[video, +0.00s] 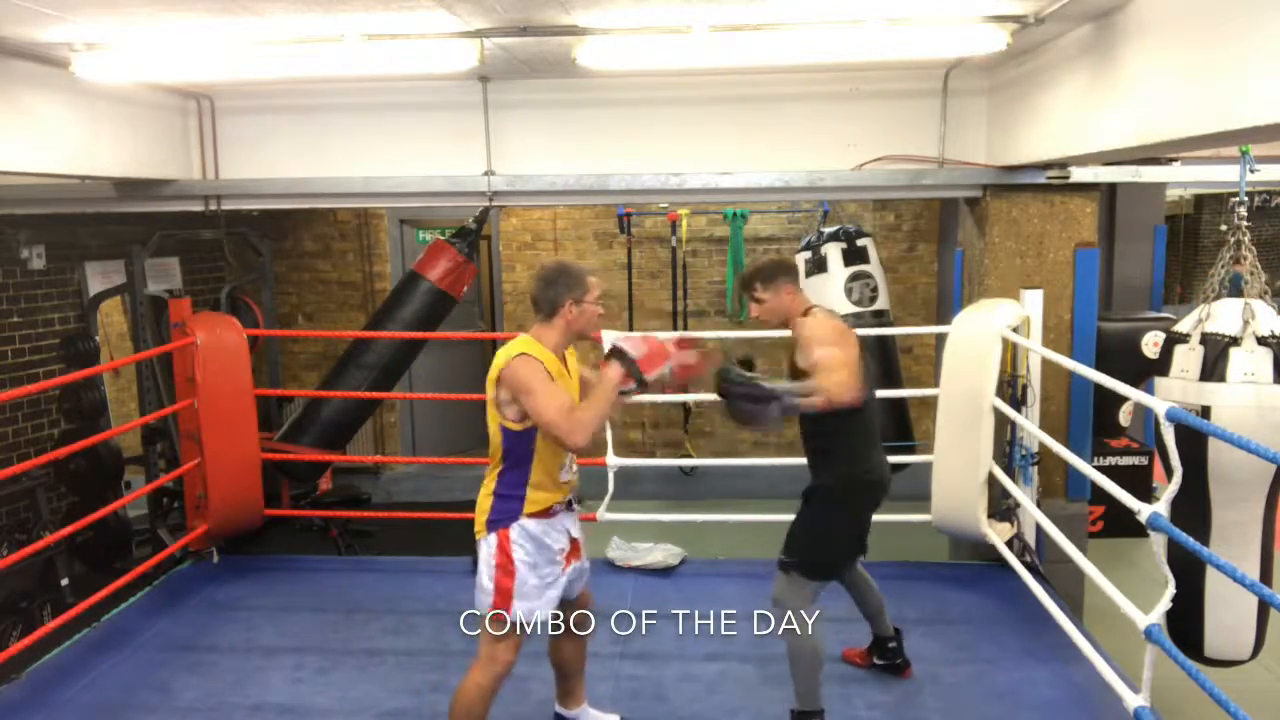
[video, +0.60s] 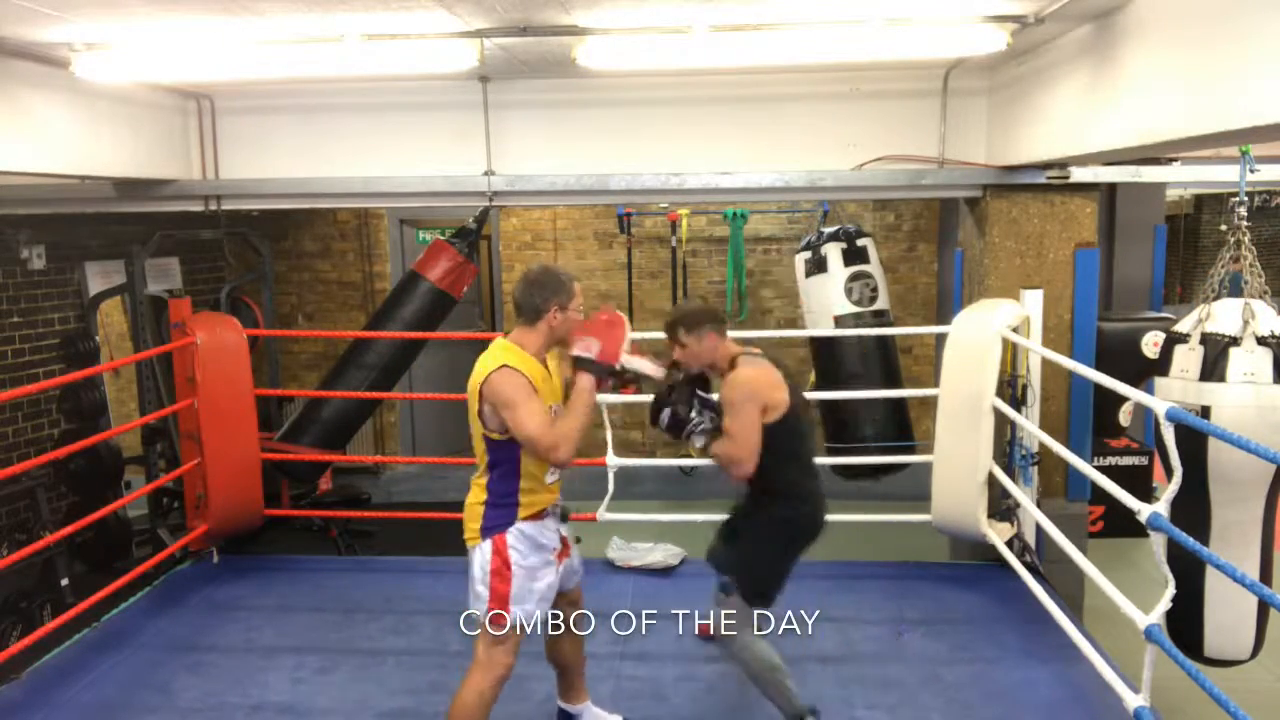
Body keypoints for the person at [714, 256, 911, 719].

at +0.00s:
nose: (754, 312)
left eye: (759, 301)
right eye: (752, 302)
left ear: (785, 293)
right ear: (790, 293)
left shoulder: (817, 328)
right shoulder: (819, 325)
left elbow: (844, 391)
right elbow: (824, 390)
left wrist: (778, 398)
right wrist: (772, 399)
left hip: (843, 481)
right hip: (858, 474)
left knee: (790, 596)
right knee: (844, 565)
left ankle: (807, 712)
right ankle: (888, 648)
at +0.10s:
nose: (754, 310)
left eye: (758, 298)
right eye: (752, 300)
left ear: (787, 290)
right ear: (791, 291)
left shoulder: (811, 328)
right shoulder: (825, 324)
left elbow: (801, 380)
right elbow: (796, 378)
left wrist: (740, 372)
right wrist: (741, 373)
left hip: (837, 486)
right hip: (857, 479)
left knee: (787, 596)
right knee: (843, 564)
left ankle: (804, 713)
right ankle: (891, 649)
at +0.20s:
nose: (751, 313)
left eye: (756, 303)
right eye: (749, 304)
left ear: (787, 293)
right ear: (776, 297)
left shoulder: (829, 332)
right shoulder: (779, 336)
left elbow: (864, 397)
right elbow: (734, 363)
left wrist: (796, 393)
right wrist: (694, 361)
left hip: (842, 484)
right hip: (820, 482)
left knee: (785, 597)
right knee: (843, 568)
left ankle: (807, 713)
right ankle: (890, 650)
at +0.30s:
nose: (750, 329)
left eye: (756, 319)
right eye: (747, 321)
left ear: (784, 309)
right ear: (755, 317)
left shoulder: (829, 350)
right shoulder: (758, 341)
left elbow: (866, 427)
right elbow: (719, 376)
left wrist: (802, 404)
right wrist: (689, 390)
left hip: (836, 490)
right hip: (802, 487)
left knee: (787, 602)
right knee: (824, 575)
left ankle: (821, 715)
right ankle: (885, 647)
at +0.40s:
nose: (710, 371)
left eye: (714, 360)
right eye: (707, 361)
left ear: (739, 349)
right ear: (734, 349)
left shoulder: (803, 376)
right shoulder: (756, 378)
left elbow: (831, 459)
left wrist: (787, 447)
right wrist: (734, 432)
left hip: (831, 498)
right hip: (796, 489)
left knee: (776, 611)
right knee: (778, 574)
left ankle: (816, 714)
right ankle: (846, 630)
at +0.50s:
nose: (684, 379)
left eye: (685, 367)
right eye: (681, 368)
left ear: (709, 359)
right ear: (712, 355)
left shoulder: (763, 391)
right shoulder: (754, 381)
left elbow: (766, 476)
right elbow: (756, 449)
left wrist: (714, 452)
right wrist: (713, 435)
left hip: (813, 516)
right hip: (792, 505)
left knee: (753, 631)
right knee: (749, 560)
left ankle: (809, 715)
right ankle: (745, 626)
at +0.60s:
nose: (677, 360)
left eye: (678, 349)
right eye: (673, 351)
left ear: (704, 339)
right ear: (710, 339)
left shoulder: (742, 382)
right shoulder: (745, 361)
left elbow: (742, 462)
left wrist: (698, 431)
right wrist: (699, 410)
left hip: (787, 510)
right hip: (779, 500)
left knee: (733, 626)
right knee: (726, 560)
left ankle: (799, 713)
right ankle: (727, 625)